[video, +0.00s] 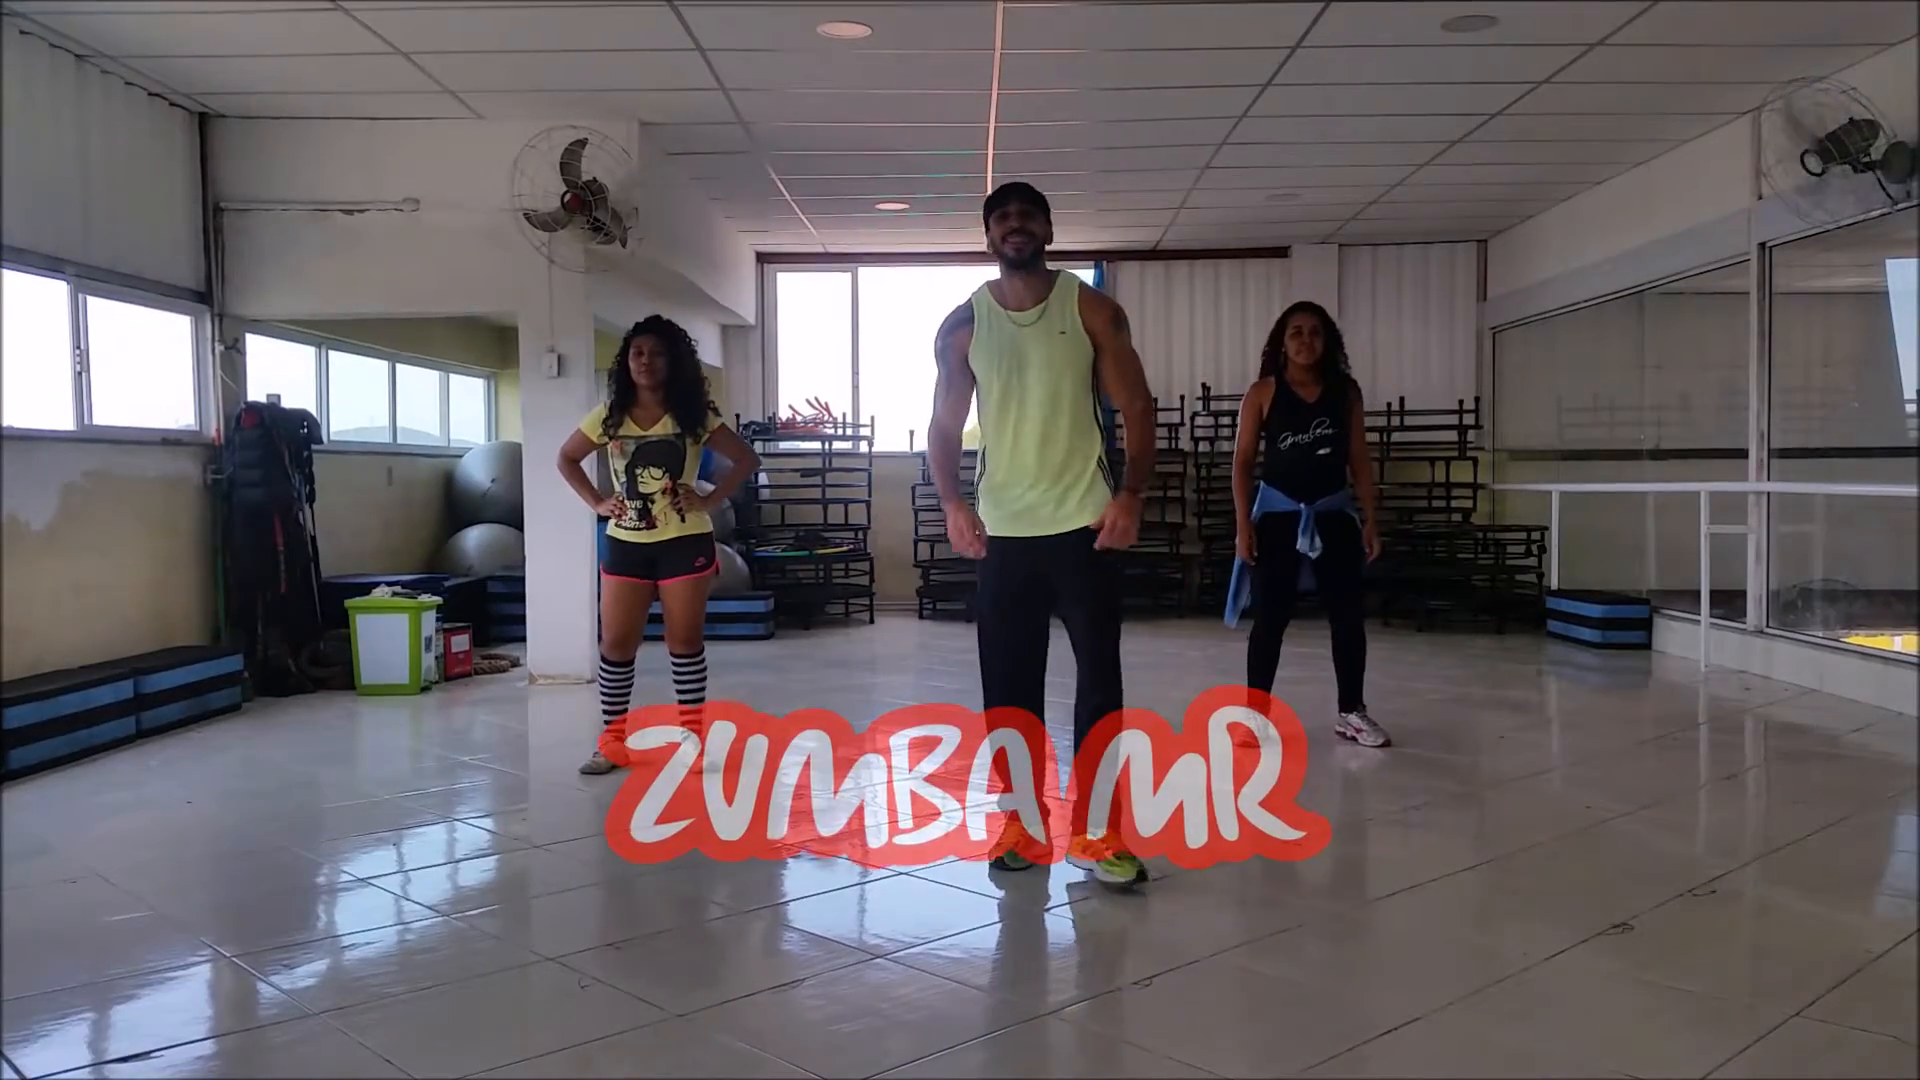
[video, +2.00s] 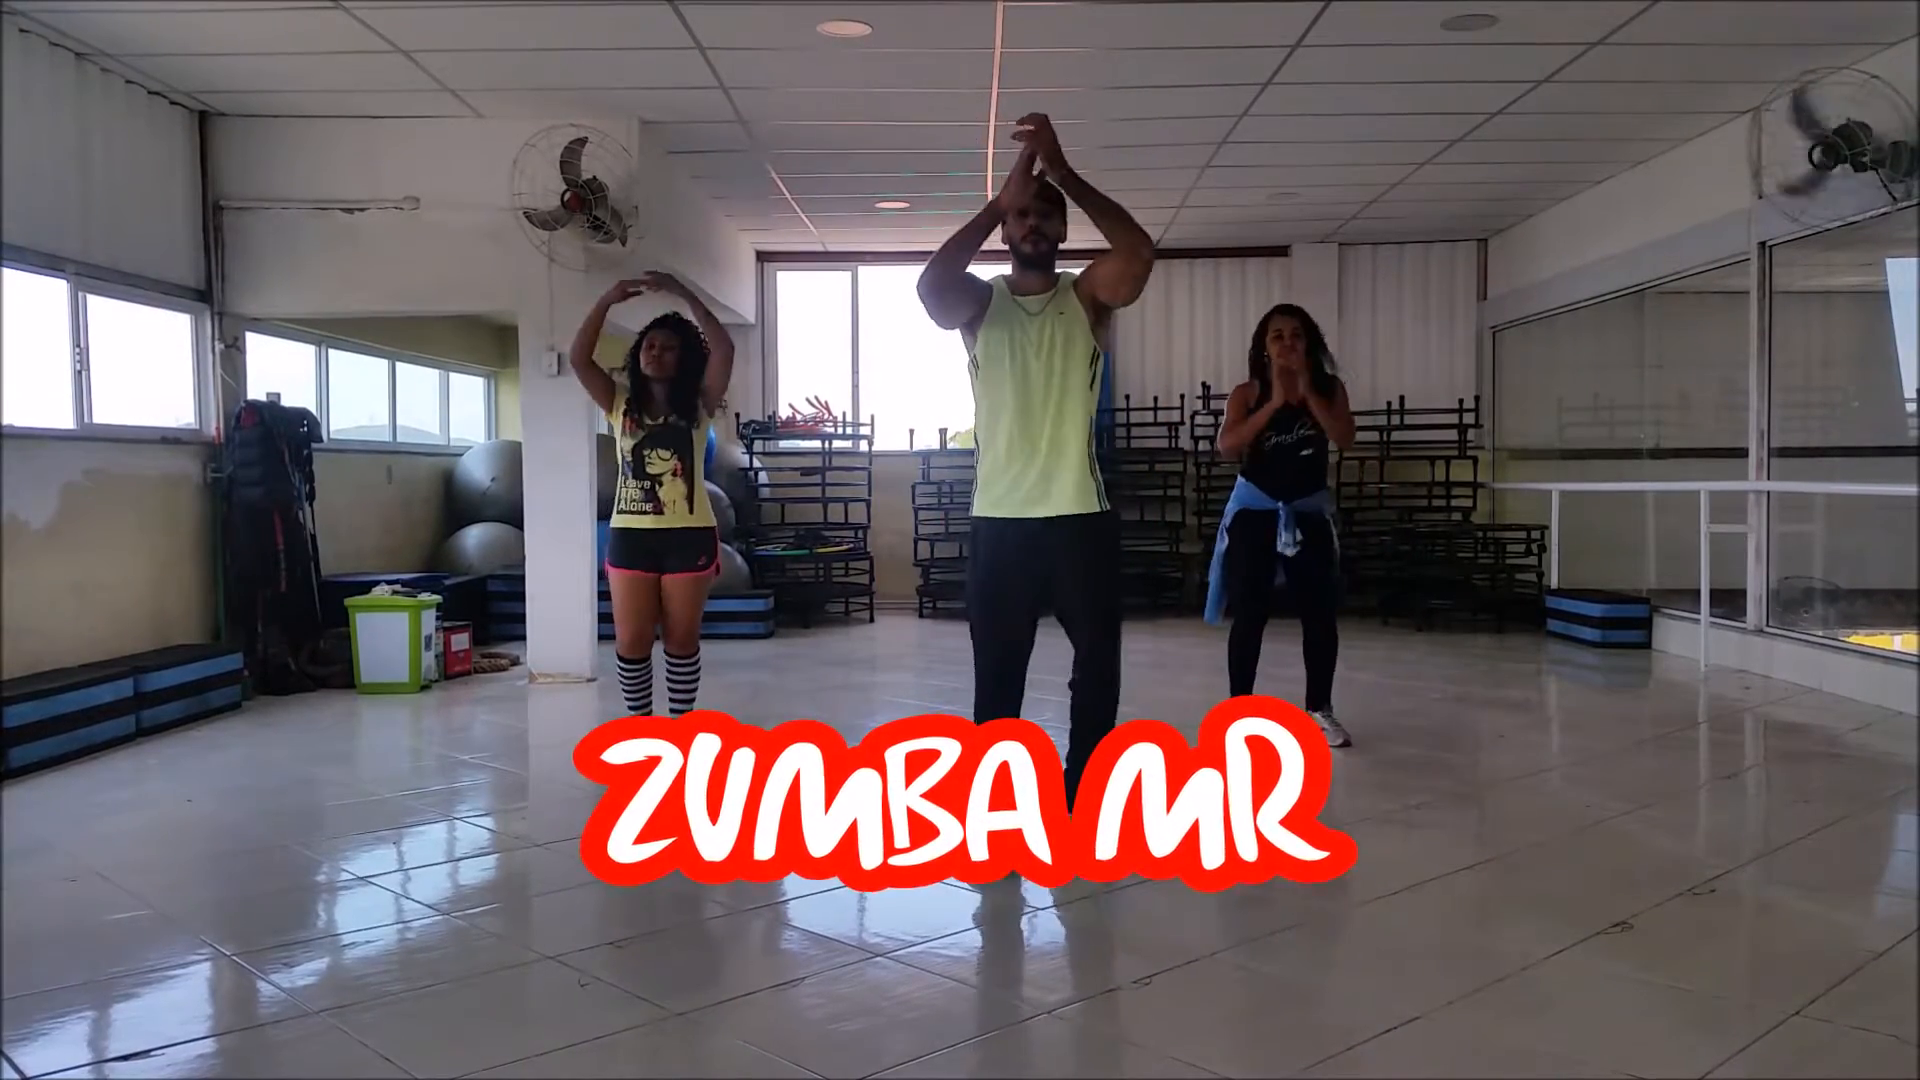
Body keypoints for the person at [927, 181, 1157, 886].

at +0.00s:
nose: (1016, 228)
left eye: (1028, 218)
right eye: (1003, 221)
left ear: (1049, 233)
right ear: (987, 239)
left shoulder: (1093, 309)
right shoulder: (964, 327)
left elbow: (1138, 406)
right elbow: (946, 427)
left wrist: (1132, 494)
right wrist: (954, 503)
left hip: (1086, 526)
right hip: (1006, 532)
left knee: (1100, 685)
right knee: (1008, 688)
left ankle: (1097, 831)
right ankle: (1020, 827)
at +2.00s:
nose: (1035, 221)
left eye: (1047, 211)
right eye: (1023, 213)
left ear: (1064, 226)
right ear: (1002, 229)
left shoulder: (1089, 296)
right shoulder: (981, 305)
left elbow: (1137, 250)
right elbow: (934, 283)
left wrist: (1063, 172)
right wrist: (996, 208)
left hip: (1084, 524)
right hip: (1002, 526)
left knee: (1099, 683)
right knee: (997, 690)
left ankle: (1082, 820)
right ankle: (988, 828)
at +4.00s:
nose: (1025, 229)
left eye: (1035, 219)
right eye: (1012, 218)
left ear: (1050, 234)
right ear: (990, 234)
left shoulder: (1078, 299)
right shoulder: (970, 304)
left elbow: (1156, 302)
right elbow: (915, 318)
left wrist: (1119, 219)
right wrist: (965, 220)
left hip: (1078, 523)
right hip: (995, 532)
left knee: (1127, 640)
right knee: (989, 704)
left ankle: (1091, 767)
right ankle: (981, 825)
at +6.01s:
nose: (1013, 242)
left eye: (1026, 230)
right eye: (1001, 229)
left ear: (1047, 239)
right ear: (985, 237)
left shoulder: (1085, 322)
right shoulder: (946, 329)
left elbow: (1136, 406)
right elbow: (907, 419)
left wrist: (1119, 465)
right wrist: (897, 498)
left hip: (1070, 540)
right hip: (976, 542)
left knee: (1125, 685)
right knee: (937, 695)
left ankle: (1133, 817)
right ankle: (915, 829)